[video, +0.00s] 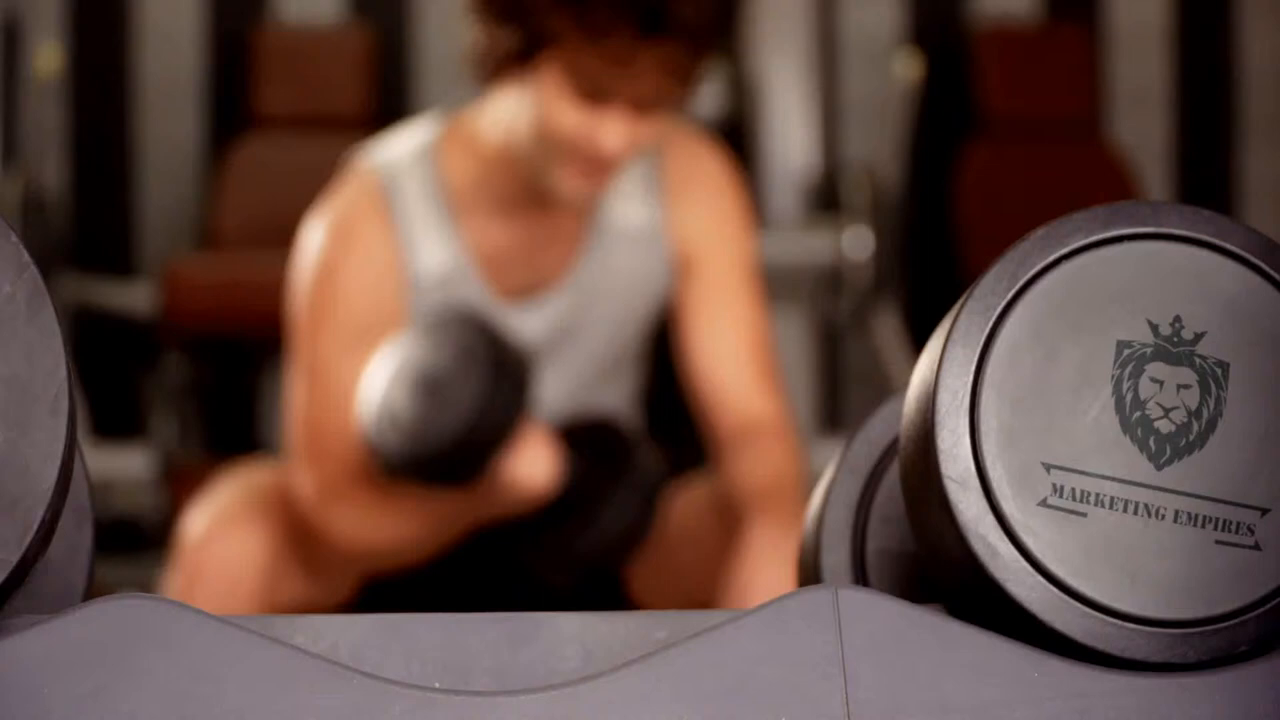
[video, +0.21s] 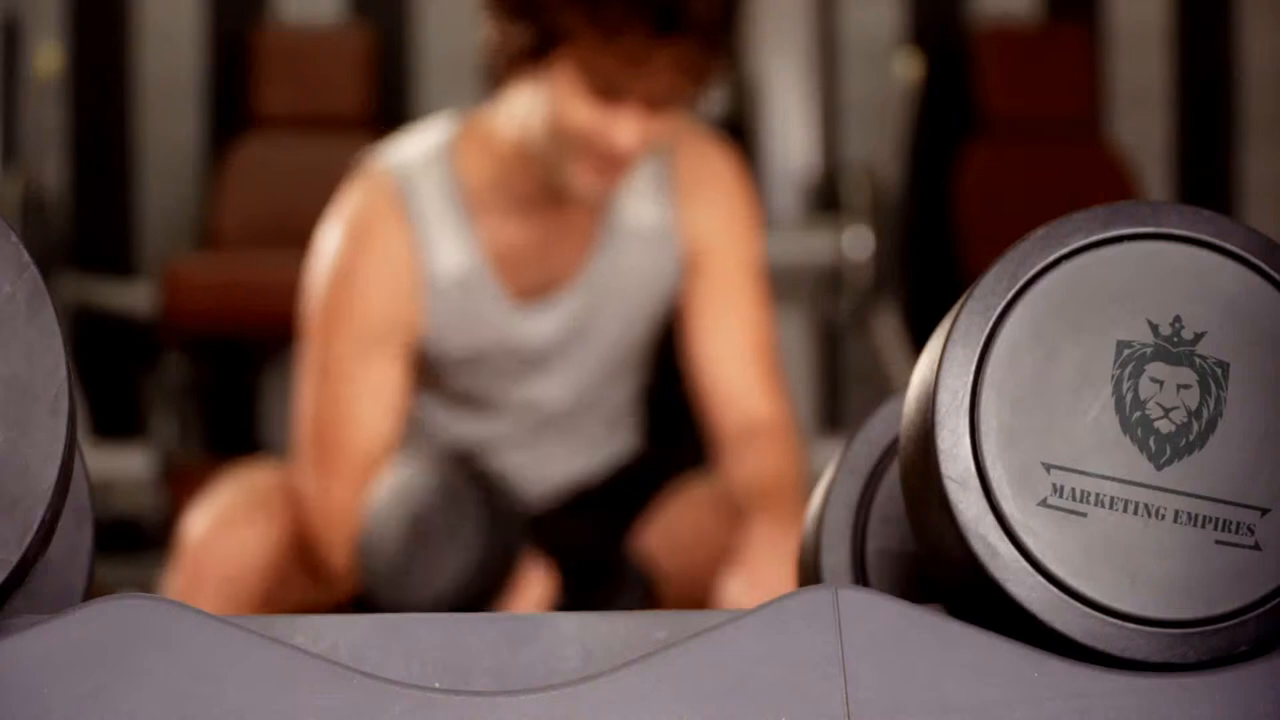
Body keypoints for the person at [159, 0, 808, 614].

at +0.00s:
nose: (615, 139)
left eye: (650, 108)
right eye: (592, 95)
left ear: (681, 99)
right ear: (518, 52)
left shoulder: (687, 176)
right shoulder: (366, 217)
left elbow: (754, 431)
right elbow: (341, 515)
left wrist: (769, 555)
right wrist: (493, 493)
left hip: (589, 530)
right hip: (397, 537)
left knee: (777, 531)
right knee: (230, 531)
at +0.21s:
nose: (628, 137)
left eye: (661, 106)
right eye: (604, 94)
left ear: (690, 97)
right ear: (528, 54)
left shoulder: (697, 176)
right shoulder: (387, 209)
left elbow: (754, 429)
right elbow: (342, 504)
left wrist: (768, 548)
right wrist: (499, 584)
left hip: (609, 513)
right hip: (425, 511)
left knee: (784, 531)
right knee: (231, 525)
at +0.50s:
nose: (651, 154)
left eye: (678, 121)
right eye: (626, 113)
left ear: (704, 107)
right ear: (547, 74)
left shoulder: (710, 182)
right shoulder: (414, 224)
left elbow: (756, 437)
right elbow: (347, 542)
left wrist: (765, 553)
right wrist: (394, 708)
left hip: (600, 523)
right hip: (417, 530)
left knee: (766, 549)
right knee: (243, 530)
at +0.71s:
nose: (643, 187)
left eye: (674, 155)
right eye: (622, 144)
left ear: (702, 132)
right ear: (551, 99)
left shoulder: (706, 184)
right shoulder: (415, 245)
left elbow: (758, 442)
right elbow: (346, 565)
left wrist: (765, 569)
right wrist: (346, 718)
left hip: (598, 525)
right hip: (415, 533)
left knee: (769, 534)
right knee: (242, 530)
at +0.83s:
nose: (634, 213)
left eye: (667, 181)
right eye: (614, 171)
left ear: (700, 152)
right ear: (548, 109)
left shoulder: (703, 182)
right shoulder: (410, 249)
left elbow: (754, 436)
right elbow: (341, 567)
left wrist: (765, 571)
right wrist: (337, 719)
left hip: (599, 525)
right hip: (414, 535)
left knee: (769, 531)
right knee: (235, 528)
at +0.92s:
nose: (631, 219)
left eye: (663, 188)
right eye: (610, 179)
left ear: (696, 159)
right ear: (546, 113)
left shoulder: (701, 185)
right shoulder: (408, 250)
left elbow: (753, 436)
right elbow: (337, 569)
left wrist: (766, 563)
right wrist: (343, 718)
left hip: (600, 524)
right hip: (415, 534)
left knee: (769, 533)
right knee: (230, 529)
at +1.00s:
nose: (632, 219)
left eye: (662, 190)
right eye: (610, 182)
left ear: (694, 160)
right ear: (548, 117)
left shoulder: (701, 185)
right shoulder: (408, 249)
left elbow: (753, 436)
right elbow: (336, 565)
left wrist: (765, 566)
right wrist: (345, 719)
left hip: (601, 524)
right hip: (416, 534)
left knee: (770, 533)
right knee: (229, 528)